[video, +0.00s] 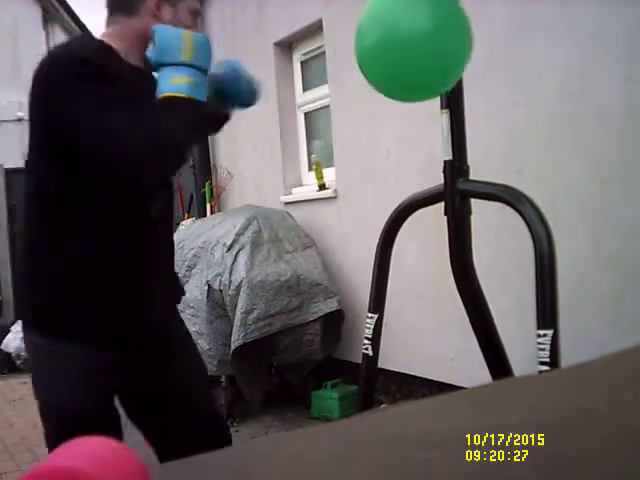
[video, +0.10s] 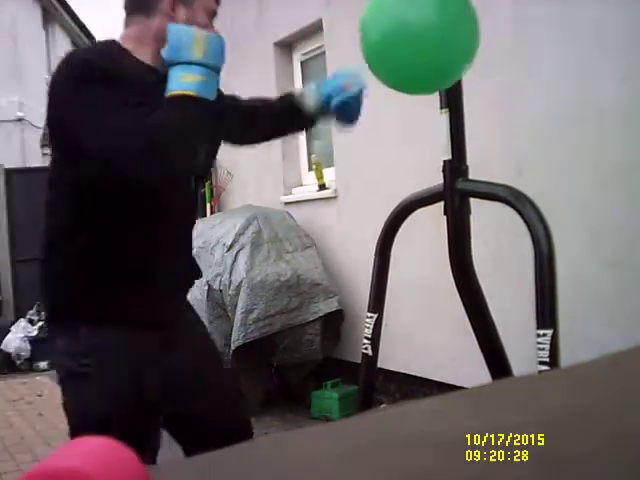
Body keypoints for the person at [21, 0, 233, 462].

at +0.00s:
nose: (197, 31)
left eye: (198, 17)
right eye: (191, 14)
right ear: (157, 9)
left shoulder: (150, 84)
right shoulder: (70, 68)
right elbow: (133, 158)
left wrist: (213, 105)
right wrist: (182, 91)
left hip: (143, 313)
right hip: (68, 321)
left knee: (206, 456)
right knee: (88, 470)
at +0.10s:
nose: (214, 32)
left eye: (214, 19)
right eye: (209, 16)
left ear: (175, 15)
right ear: (170, 11)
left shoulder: (176, 84)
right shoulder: (86, 73)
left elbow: (241, 120)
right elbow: (160, 159)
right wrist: (192, 76)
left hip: (167, 313)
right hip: (96, 322)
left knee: (231, 451)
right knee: (116, 469)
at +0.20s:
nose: (232, 27)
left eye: (230, 12)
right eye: (224, 10)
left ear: (187, 12)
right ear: (188, 9)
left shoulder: (182, 85)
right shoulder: (119, 76)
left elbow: (184, 194)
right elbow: (179, 175)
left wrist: (226, 233)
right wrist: (220, 92)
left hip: (191, 317)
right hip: (126, 324)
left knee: (250, 446)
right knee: (113, 468)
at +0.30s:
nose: (255, 17)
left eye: (252, 4)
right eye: (247, 3)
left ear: (207, 10)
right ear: (211, 7)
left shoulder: (199, 78)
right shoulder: (143, 69)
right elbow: (180, 178)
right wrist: (237, 105)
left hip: (203, 316)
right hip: (136, 320)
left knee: (254, 456)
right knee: (106, 469)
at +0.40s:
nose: (260, 13)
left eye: (257, 3)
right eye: (253, 2)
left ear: (214, 9)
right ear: (217, 7)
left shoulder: (215, 73)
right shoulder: (133, 63)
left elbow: (216, 125)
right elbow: (155, 165)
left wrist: (278, 105)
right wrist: (223, 101)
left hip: (205, 302)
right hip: (131, 305)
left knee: (249, 456)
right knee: (92, 463)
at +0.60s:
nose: (230, 17)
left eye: (229, 5)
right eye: (225, 4)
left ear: (190, 6)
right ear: (191, 3)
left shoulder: (188, 76)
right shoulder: (110, 67)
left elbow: (207, 145)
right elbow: (145, 162)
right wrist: (203, 89)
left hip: (194, 307)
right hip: (122, 311)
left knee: (238, 458)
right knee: (88, 466)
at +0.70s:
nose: (205, 31)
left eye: (205, 14)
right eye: (201, 12)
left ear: (166, 12)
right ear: (167, 9)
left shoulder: (163, 86)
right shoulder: (86, 77)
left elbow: (158, 188)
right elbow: (127, 179)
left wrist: (211, 166)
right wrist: (188, 103)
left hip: (171, 322)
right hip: (100, 330)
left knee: (229, 456)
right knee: (85, 473)